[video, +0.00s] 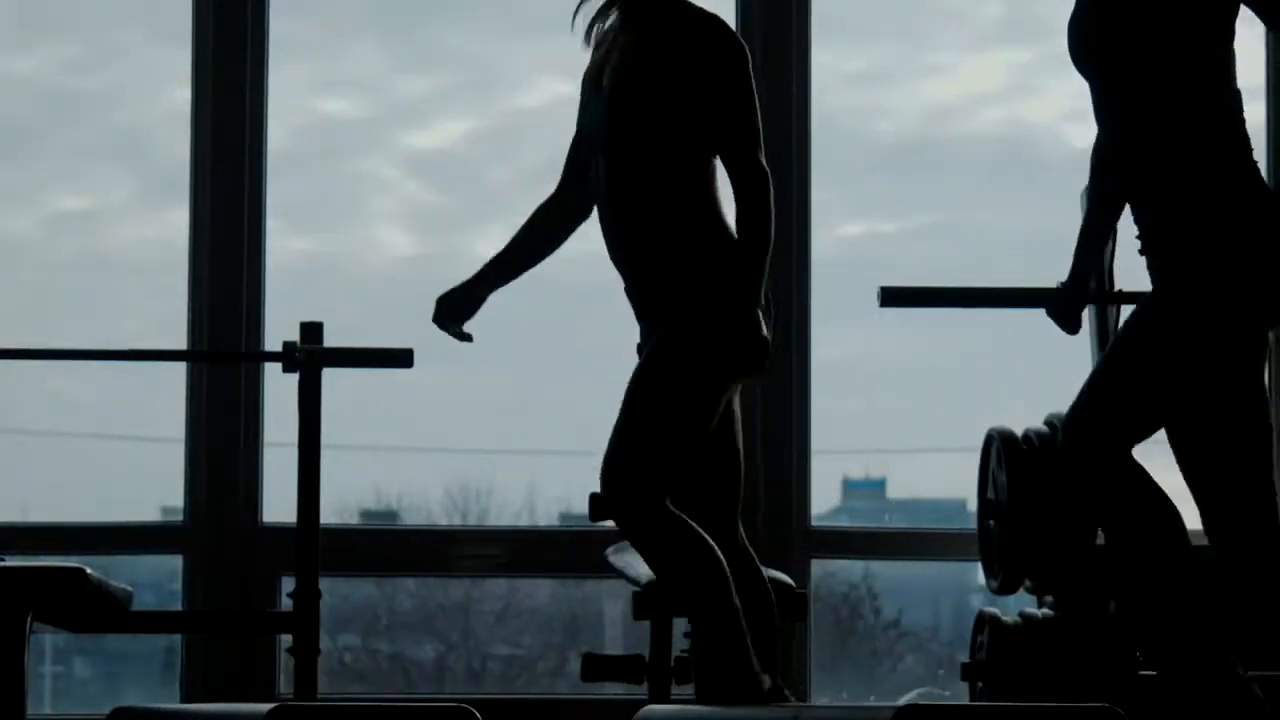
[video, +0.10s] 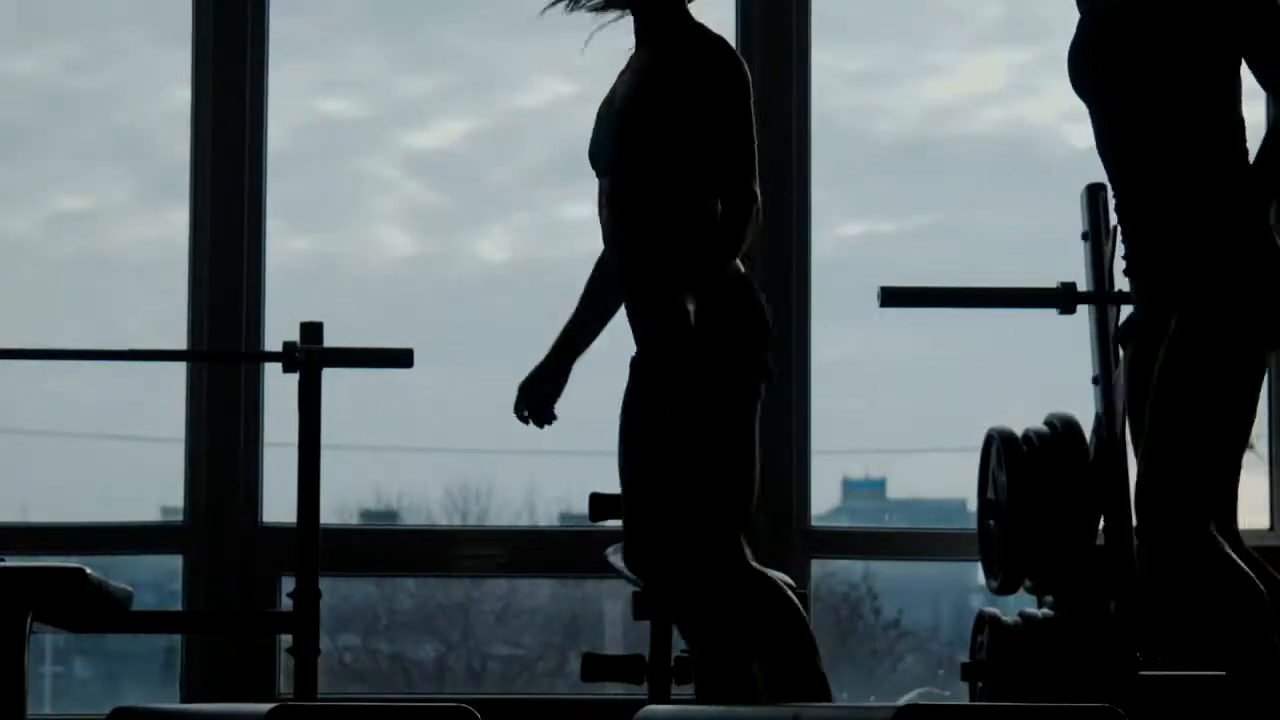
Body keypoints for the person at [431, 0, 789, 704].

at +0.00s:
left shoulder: (710, 41)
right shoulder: (612, 47)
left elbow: (754, 182)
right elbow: (574, 195)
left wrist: (749, 300)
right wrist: (482, 285)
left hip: (709, 312)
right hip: (667, 315)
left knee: (633, 492)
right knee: (715, 517)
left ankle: (735, 683)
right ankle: (761, 694)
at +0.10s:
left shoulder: (708, 60)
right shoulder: (635, 72)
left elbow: (740, 217)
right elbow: (626, 243)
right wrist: (561, 357)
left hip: (715, 339)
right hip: (665, 341)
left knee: (708, 546)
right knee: (660, 549)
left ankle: (808, 711)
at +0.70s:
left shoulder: (508, 11)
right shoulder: (422, 38)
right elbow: (366, 174)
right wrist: (233, 213)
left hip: (543, 272)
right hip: (475, 272)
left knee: (549, 484)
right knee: (319, 418)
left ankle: (698, 654)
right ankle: (302, 655)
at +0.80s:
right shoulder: (385, 2)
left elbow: (570, 109)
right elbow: (278, 96)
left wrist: (600, 237)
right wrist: (149, 99)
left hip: (531, 230)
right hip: (448, 234)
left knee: (433, 377)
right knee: (331, 414)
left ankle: (587, 571)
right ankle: (303, 648)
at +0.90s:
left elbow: (606, 88)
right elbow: (259, 55)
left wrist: (675, 216)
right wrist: (152, 30)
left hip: (525, 196)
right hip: (458, 210)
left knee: (358, 222)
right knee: (333, 411)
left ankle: (474, 448)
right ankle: (306, 646)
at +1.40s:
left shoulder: (651, 34)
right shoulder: (583, 52)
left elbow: (588, 152)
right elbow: (555, 211)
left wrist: (455, 152)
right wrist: (506, 314)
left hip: (640, 299)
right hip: (567, 303)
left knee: (701, 514)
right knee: (410, 444)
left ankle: (818, 681)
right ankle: (307, 652)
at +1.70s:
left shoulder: (725, 41)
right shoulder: (698, 32)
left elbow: (665, 176)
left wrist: (533, 202)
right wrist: (869, 38)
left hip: (757, 316)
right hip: (689, 312)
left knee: (797, 532)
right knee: (523, 444)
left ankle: (906, 707)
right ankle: (510, 670)